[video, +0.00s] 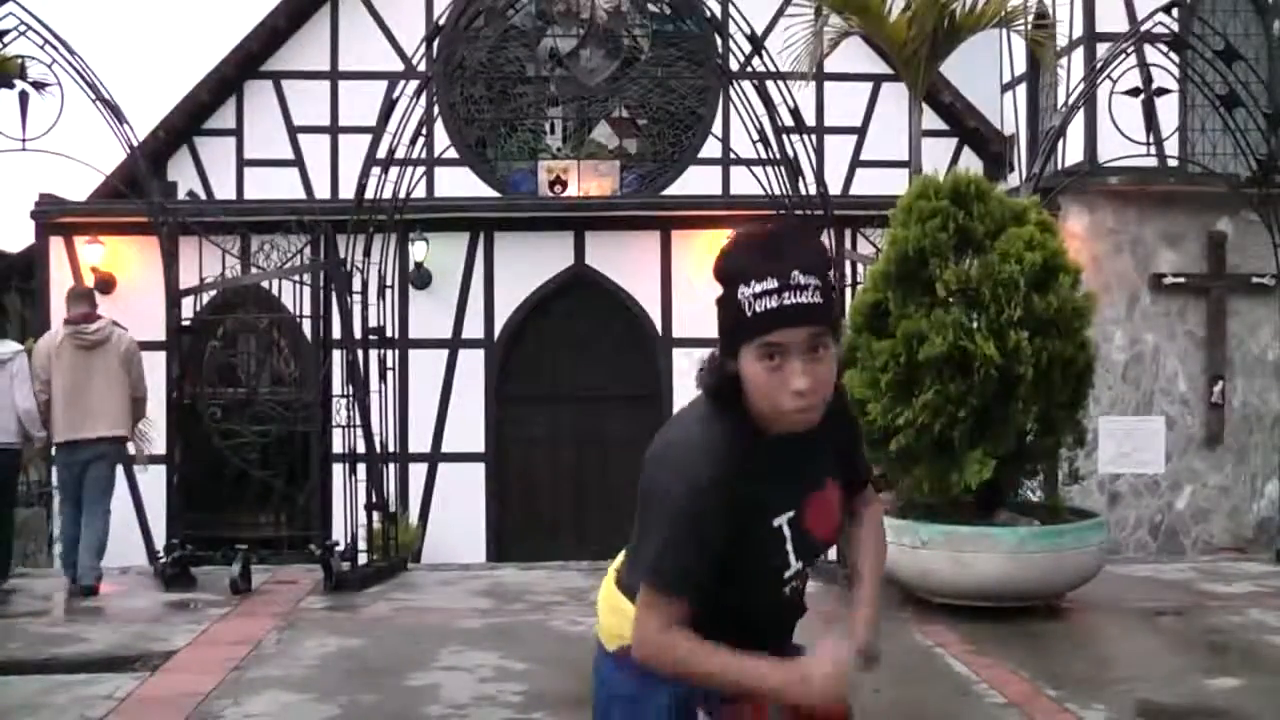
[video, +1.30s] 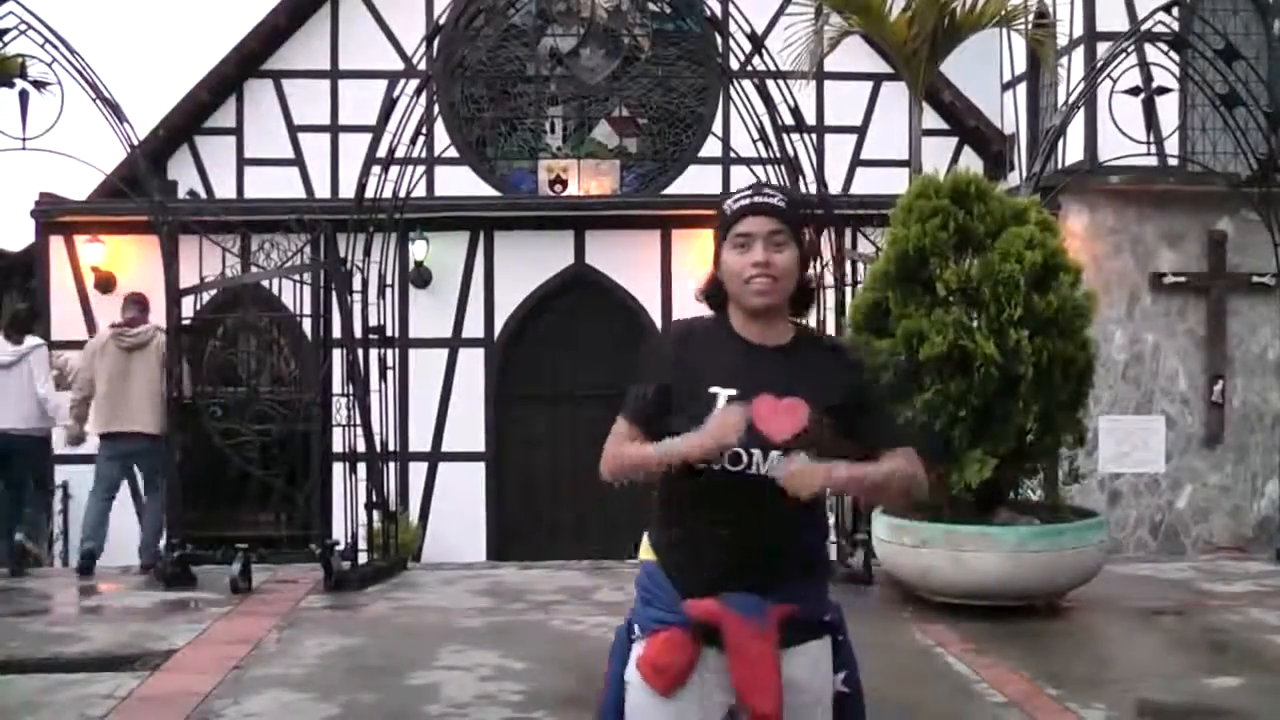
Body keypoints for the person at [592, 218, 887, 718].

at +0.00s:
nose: (800, 379)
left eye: (816, 352)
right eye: (773, 356)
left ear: (836, 349)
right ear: (733, 360)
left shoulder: (830, 414)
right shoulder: (694, 459)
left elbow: (862, 507)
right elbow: (651, 640)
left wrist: (864, 615)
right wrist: (790, 679)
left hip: (759, 646)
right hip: (655, 662)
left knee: (829, 704)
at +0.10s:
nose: (806, 354)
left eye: (823, 326)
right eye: (778, 329)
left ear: (844, 329)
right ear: (740, 337)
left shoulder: (840, 412)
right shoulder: (690, 439)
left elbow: (873, 504)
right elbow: (660, 613)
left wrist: (883, 589)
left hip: (758, 641)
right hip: (653, 650)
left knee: (829, 699)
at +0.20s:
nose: (808, 327)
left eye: (825, 304)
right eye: (783, 306)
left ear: (848, 314)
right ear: (746, 316)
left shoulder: (845, 404)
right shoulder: (694, 415)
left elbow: (880, 491)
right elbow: (656, 579)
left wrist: (892, 542)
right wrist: (798, 561)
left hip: (767, 634)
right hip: (660, 637)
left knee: (825, 704)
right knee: (657, 707)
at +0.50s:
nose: (815, 272)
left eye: (832, 253)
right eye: (793, 257)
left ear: (855, 267)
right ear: (764, 275)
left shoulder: (874, 380)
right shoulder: (718, 372)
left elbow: (926, 507)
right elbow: (648, 500)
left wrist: (888, 510)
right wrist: (754, 536)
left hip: (822, 607)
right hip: (713, 602)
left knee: (851, 702)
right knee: (727, 693)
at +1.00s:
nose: (814, 261)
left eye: (830, 245)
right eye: (794, 247)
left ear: (853, 264)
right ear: (769, 269)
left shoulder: (886, 379)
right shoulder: (723, 350)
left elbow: (929, 508)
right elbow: (648, 459)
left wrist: (873, 470)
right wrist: (708, 527)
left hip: (826, 610)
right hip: (711, 605)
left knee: (856, 707)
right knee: (694, 707)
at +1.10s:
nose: (796, 263)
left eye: (814, 247)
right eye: (778, 248)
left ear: (838, 267)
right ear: (753, 268)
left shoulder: (874, 377)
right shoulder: (708, 350)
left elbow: (928, 493)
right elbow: (638, 459)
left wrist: (846, 530)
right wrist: (702, 464)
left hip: (813, 608)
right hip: (700, 604)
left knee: (830, 708)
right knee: (682, 707)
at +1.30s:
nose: (760, 259)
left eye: (777, 244)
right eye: (742, 245)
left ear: (801, 260)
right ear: (719, 263)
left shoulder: (836, 363)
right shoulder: (681, 346)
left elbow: (910, 475)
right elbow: (613, 461)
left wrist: (832, 475)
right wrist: (693, 445)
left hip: (793, 602)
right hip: (676, 600)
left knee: (827, 707)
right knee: (632, 709)